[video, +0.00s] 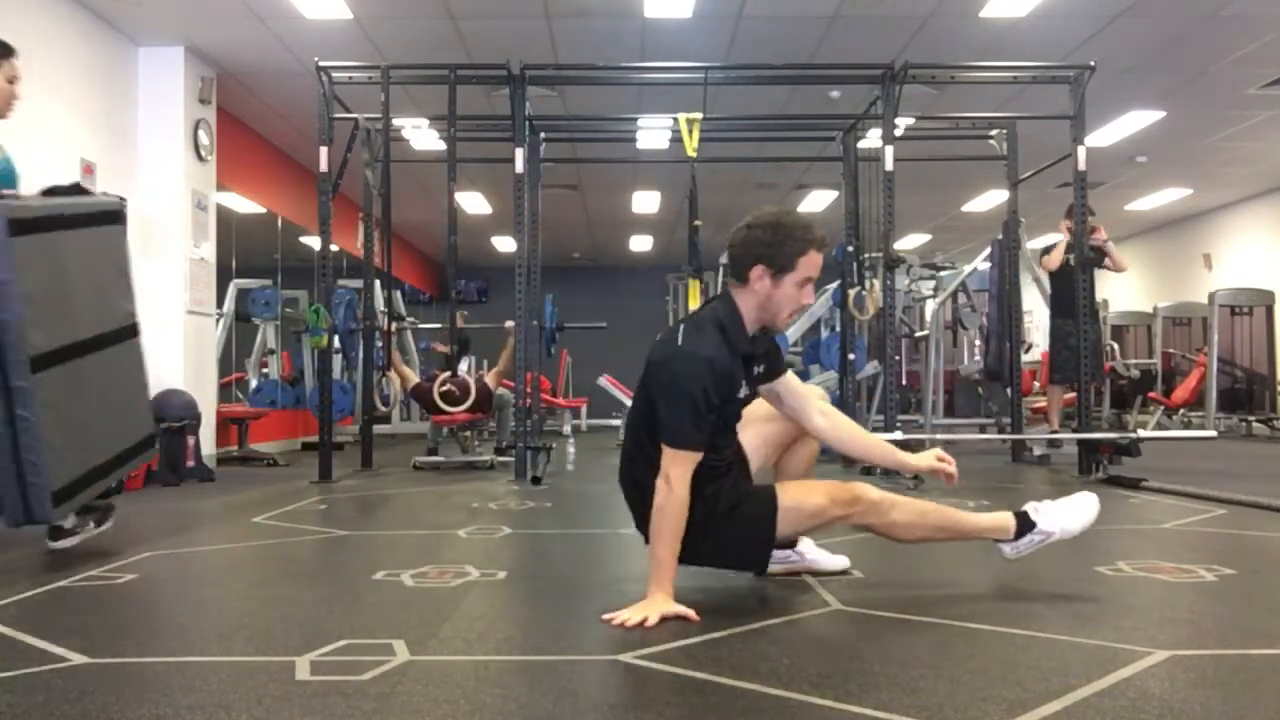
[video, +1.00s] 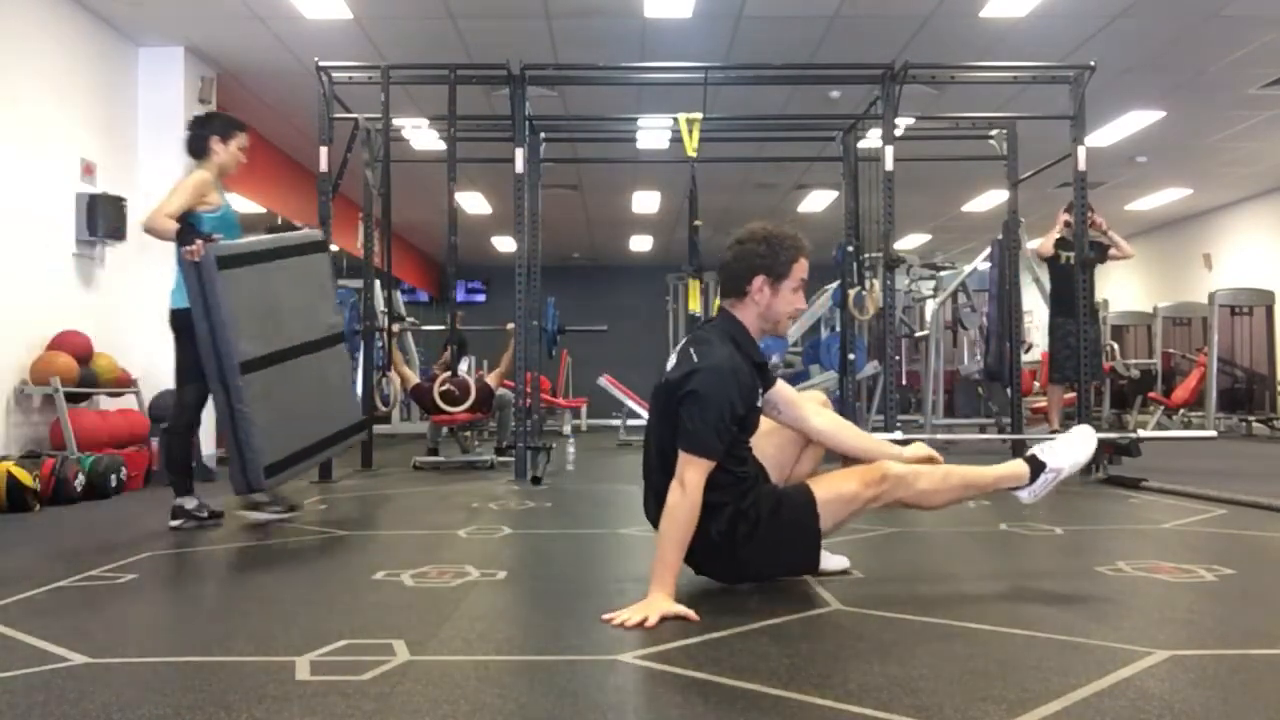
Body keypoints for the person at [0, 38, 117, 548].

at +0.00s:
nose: (15, 92)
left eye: (16, 81)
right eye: (10, 81)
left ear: (16, 85)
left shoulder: (8, 160)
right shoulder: (5, 160)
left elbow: (18, 211)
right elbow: (15, 212)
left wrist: (68, 195)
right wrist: (70, 196)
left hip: (15, 298)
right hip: (9, 300)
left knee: (25, 396)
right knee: (27, 396)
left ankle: (59, 509)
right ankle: (56, 515)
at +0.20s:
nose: (83, 106)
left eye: (84, 97)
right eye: (77, 96)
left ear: (46, 98)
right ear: (46, 96)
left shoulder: (44, 142)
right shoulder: (37, 138)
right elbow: (4, 181)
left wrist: (72, 182)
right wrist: (34, 196)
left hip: (33, 288)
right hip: (31, 288)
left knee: (51, 403)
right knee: (56, 402)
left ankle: (72, 514)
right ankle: (70, 517)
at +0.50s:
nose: (138, 127)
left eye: (139, 118)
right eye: (133, 117)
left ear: (104, 115)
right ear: (106, 114)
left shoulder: (104, 158)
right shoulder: (97, 149)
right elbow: (52, 193)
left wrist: (131, 209)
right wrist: (102, 205)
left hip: (101, 294)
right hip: (94, 294)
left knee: (122, 396)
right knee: (108, 397)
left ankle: (136, 500)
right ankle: (72, 515)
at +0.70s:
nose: (181, 146)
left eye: (183, 138)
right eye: (177, 136)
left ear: (150, 136)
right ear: (152, 134)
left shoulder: (152, 176)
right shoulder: (145, 169)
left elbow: (122, 221)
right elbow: (104, 211)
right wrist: (146, 220)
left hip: (149, 304)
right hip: (148, 305)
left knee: (164, 407)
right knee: (167, 407)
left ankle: (182, 503)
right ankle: (106, 486)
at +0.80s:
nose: (204, 152)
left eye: (205, 143)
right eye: (200, 141)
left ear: (177, 139)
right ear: (173, 137)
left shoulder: (174, 179)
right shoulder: (163, 172)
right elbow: (120, 214)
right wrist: (158, 226)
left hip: (168, 299)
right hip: (162, 300)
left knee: (170, 393)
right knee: (173, 390)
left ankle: (179, 499)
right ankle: (153, 475)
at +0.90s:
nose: (224, 152)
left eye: (225, 144)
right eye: (220, 143)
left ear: (199, 142)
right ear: (195, 139)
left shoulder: (197, 183)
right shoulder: (180, 175)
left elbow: (214, 235)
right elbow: (136, 215)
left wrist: (267, 222)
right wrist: (170, 228)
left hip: (194, 304)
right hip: (176, 305)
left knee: (190, 396)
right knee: (182, 396)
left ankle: (189, 495)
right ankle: (181, 495)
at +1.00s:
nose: (244, 157)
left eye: (245, 150)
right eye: (240, 148)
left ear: (217, 147)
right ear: (216, 145)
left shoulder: (215, 189)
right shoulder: (199, 181)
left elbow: (234, 230)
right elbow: (154, 220)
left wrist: (280, 225)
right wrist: (186, 236)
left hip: (216, 308)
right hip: (194, 309)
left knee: (238, 396)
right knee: (190, 400)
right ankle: (182, 497)